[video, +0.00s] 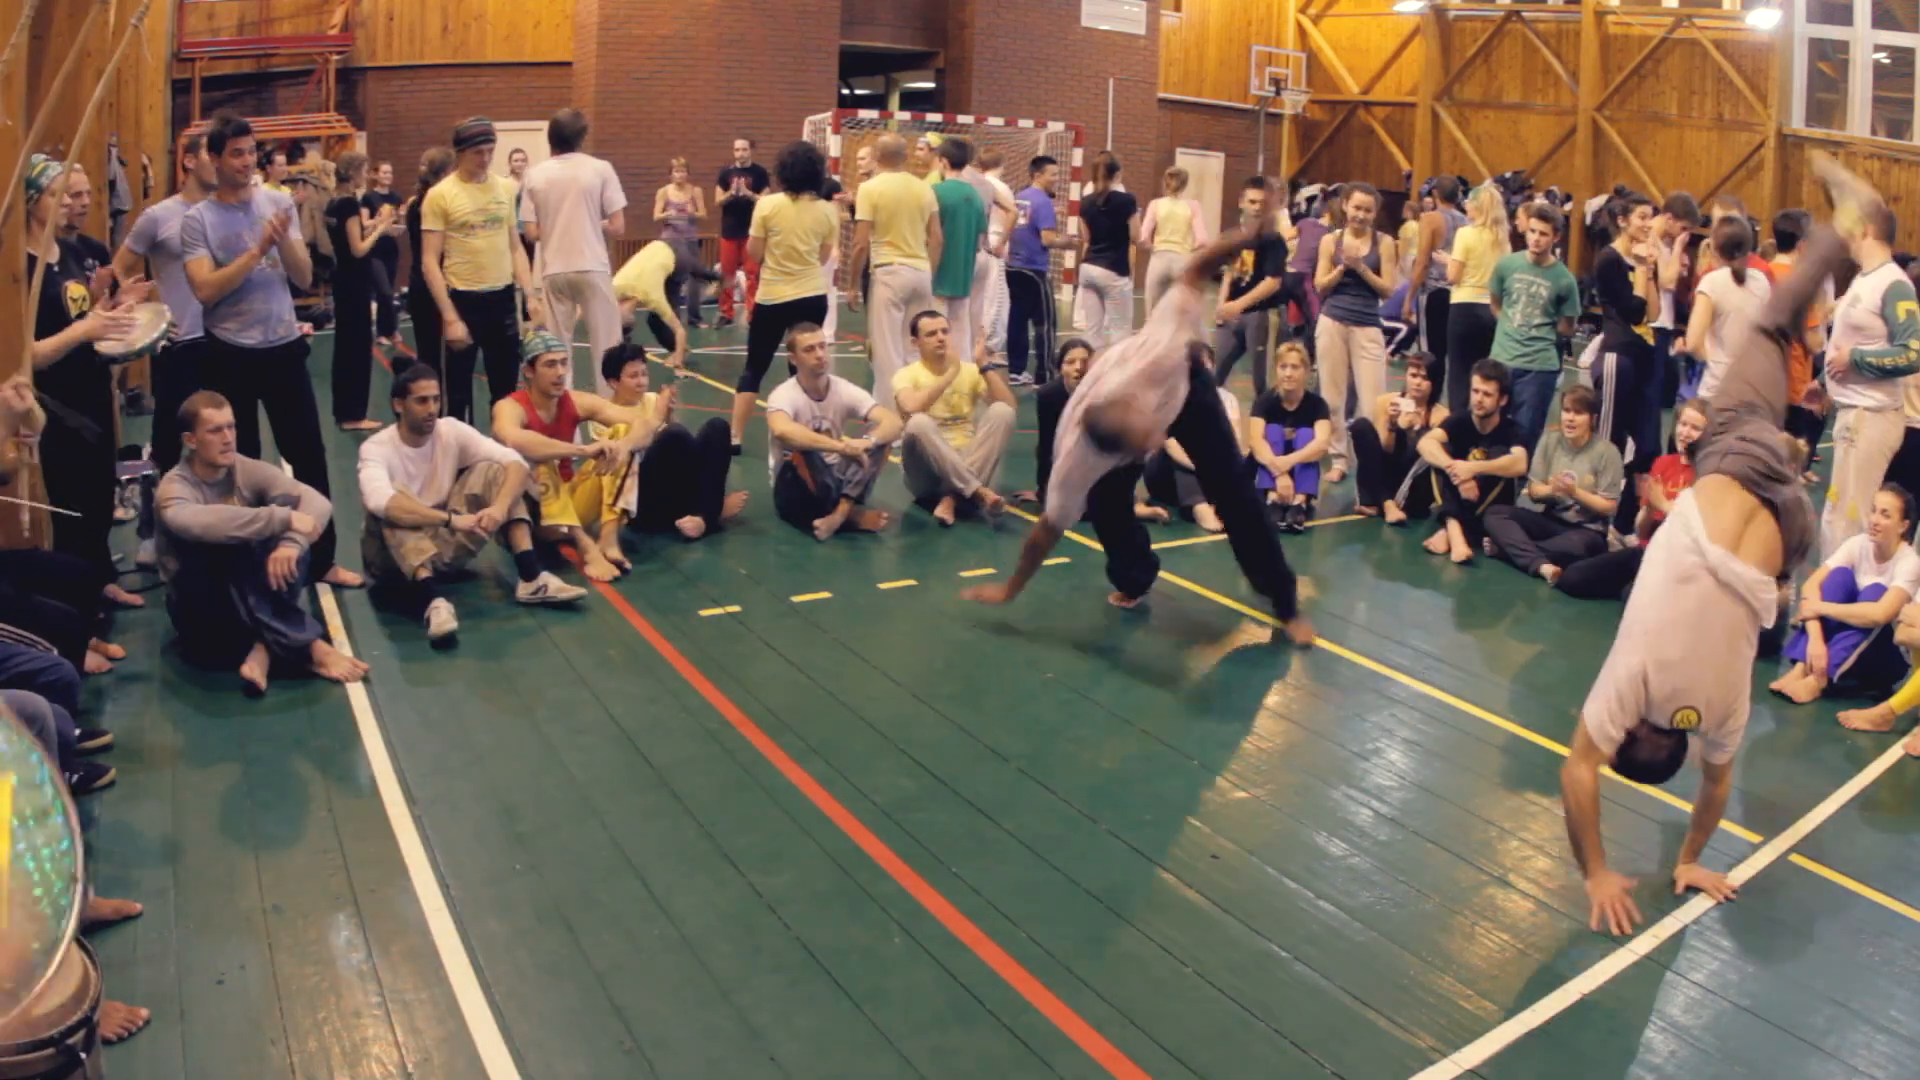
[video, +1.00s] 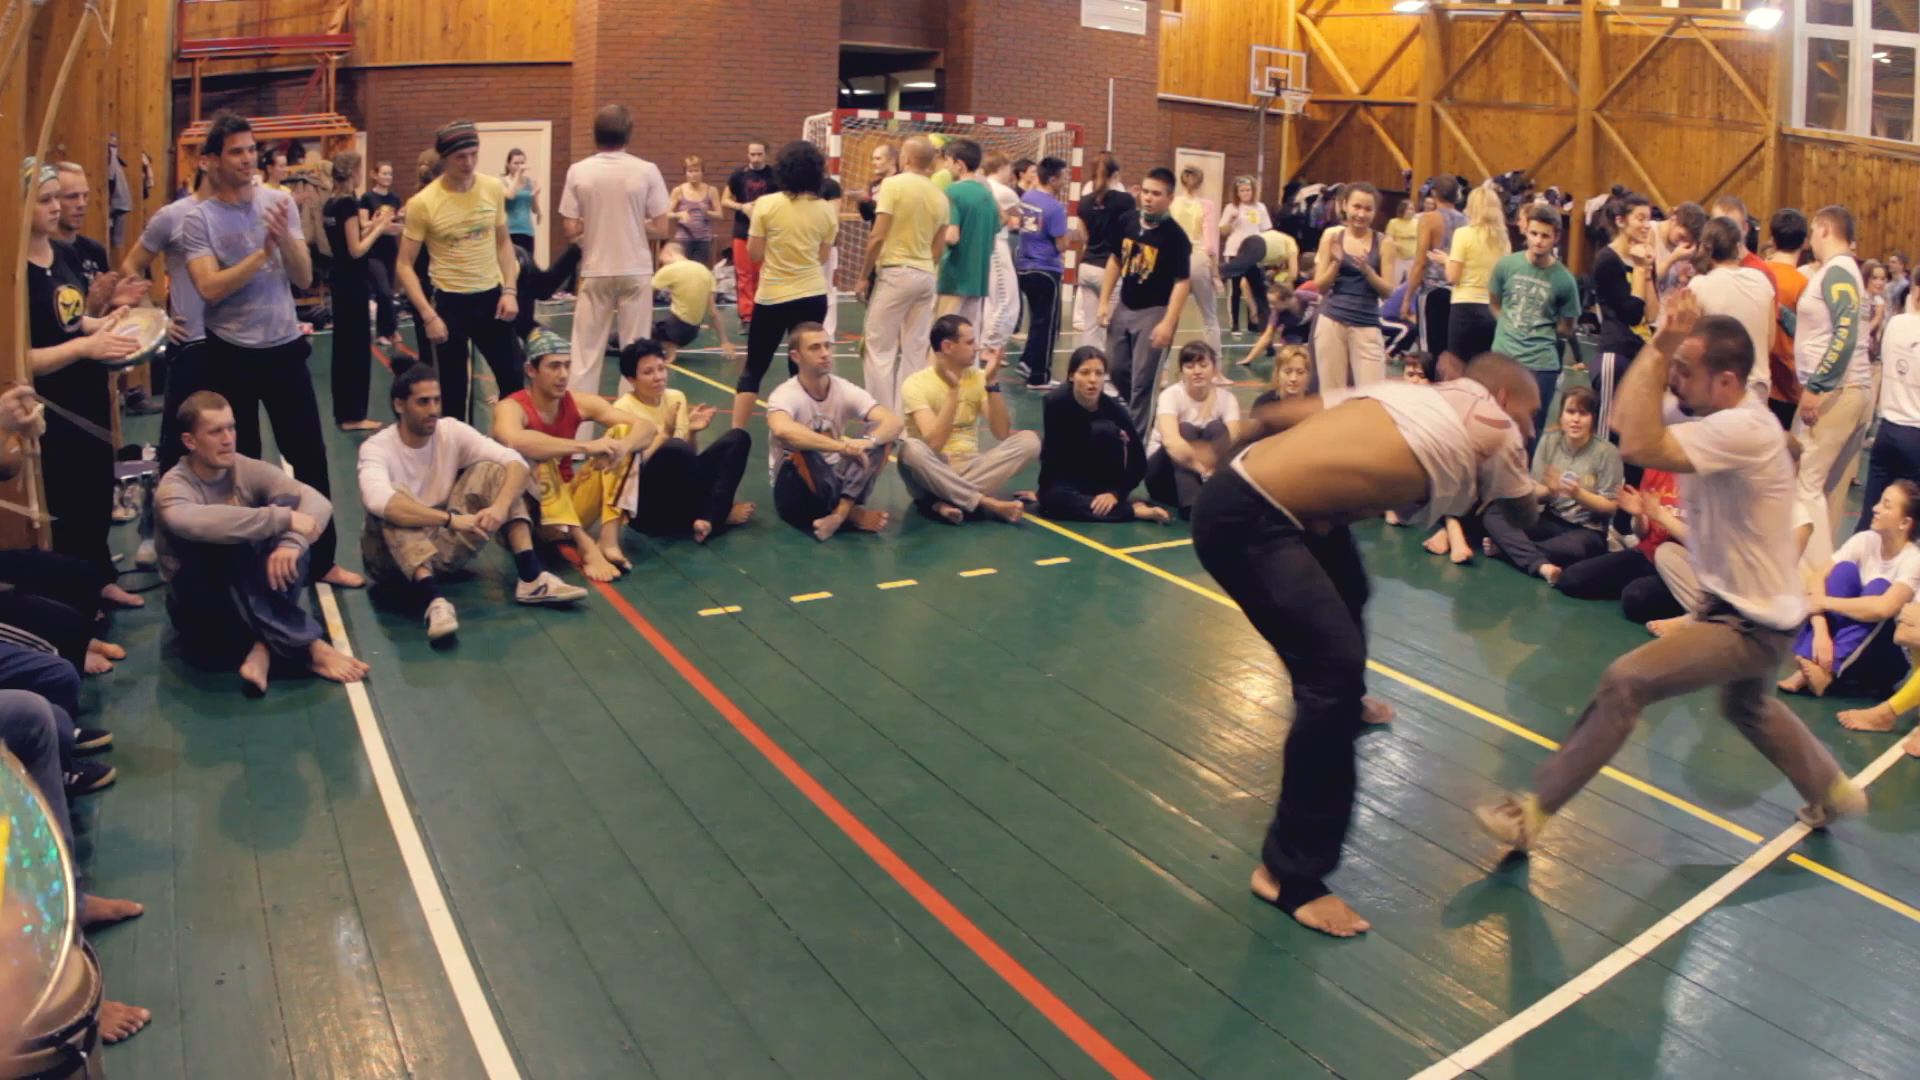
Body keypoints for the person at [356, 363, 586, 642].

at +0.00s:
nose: (431, 409)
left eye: (436, 400)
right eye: (421, 402)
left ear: (441, 400)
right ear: (398, 405)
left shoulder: (451, 430)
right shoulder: (376, 449)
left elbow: (516, 464)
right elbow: (381, 503)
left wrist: (500, 509)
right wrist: (451, 519)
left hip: (450, 546)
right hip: (398, 552)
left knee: (492, 470)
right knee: (396, 499)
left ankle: (532, 578)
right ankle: (434, 602)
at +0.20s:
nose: (432, 409)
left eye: (436, 401)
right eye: (422, 402)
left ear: (441, 400)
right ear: (398, 405)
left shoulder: (451, 430)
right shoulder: (376, 449)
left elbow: (516, 464)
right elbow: (381, 503)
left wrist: (500, 509)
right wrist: (451, 519)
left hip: (450, 545)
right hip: (399, 551)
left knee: (492, 470)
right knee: (396, 499)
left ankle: (532, 578)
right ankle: (434, 602)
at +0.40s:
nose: (432, 409)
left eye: (436, 400)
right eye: (422, 402)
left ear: (441, 399)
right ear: (398, 405)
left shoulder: (450, 430)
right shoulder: (376, 449)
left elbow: (516, 464)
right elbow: (380, 502)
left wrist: (500, 509)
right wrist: (450, 519)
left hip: (450, 545)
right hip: (399, 550)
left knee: (493, 470)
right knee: (396, 500)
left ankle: (532, 577)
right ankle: (434, 602)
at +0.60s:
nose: (432, 409)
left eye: (436, 400)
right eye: (422, 402)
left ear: (441, 400)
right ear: (398, 405)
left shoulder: (451, 431)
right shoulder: (376, 449)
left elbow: (516, 464)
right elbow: (381, 503)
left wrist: (500, 508)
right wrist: (450, 519)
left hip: (450, 545)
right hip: (398, 551)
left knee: (493, 470)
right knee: (395, 500)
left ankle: (532, 577)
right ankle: (434, 602)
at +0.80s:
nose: (433, 410)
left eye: (437, 401)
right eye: (423, 403)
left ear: (442, 400)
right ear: (398, 406)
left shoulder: (451, 430)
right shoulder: (376, 449)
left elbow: (516, 464)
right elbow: (380, 503)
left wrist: (500, 509)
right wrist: (450, 519)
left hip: (450, 544)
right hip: (399, 550)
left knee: (493, 470)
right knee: (396, 500)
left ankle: (531, 578)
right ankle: (434, 602)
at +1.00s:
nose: (433, 410)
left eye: (437, 401)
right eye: (423, 403)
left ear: (442, 400)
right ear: (399, 405)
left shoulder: (451, 431)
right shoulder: (376, 449)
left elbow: (517, 464)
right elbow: (380, 502)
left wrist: (500, 508)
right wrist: (451, 519)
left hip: (450, 549)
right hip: (398, 556)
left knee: (490, 470)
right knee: (396, 497)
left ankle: (531, 577)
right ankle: (434, 601)